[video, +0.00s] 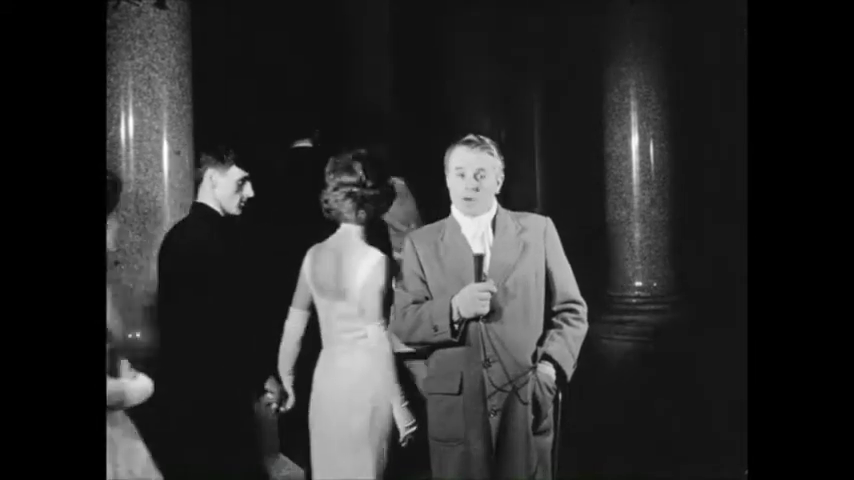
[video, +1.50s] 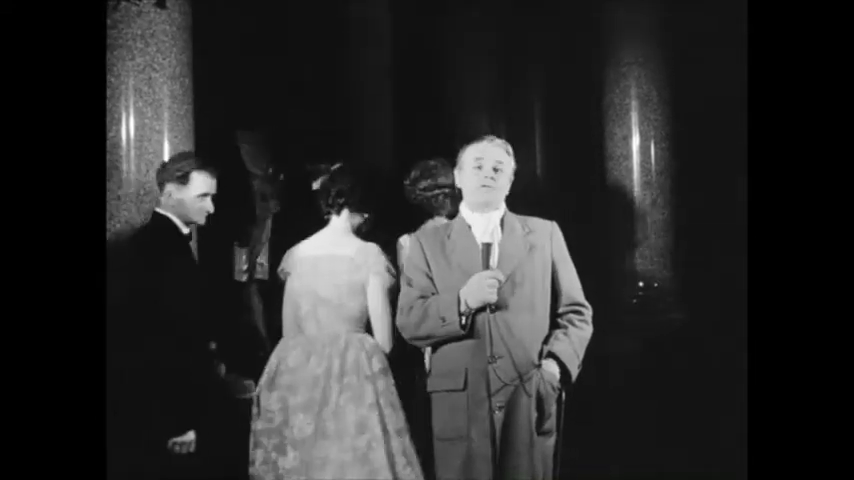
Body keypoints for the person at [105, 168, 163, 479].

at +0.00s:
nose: (114, 238)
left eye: (111, 222)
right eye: (112, 222)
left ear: (112, 223)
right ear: (110, 223)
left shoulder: (111, 294)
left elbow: (116, 347)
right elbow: (109, 391)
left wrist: (125, 379)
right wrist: (131, 391)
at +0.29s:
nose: (184, 214)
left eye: (183, 204)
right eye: (181, 204)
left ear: (139, 200)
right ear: (165, 205)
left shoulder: (112, 256)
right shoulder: (158, 267)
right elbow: (170, 367)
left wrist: (183, 351)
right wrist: (205, 366)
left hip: (113, 396)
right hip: (152, 403)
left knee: (122, 470)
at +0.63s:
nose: (251, 224)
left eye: (252, 215)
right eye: (251, 215)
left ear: (205, 209)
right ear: (238, 214)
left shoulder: (167, 263)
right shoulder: (234, 269)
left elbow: (165, 339)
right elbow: (248, 367)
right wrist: (271, 363)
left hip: (166, 376)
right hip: (218, 387)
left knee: (165, 470)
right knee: (221, 471)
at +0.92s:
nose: (313, 220)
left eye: (315, 212)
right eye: (313, 211)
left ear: (268, 203)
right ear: (301, 210)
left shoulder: (230, 252)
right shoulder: (301, 262)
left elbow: (222, 331)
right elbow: (315, 356)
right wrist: (326, 351)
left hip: (222, 374)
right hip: (277, 381)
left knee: (220, 469)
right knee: (281, 470)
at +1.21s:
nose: (348, 219)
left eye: (350, 211)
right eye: (349, 210)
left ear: (307, 200)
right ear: (342, 208)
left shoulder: (263, 249)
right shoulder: (346, 258)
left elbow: (251, 326)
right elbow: (355, 349)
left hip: (261, 368)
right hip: (318, 372)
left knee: (257, 467)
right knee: (321, 467)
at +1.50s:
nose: (371, 215)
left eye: (370, 206)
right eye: (369, 207)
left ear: (329, 203)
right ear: (363, 209)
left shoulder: (296, 254)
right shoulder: (370, 255)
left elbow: (288, 331)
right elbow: (384, 340)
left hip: (299, 370)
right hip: (352, 373)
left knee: (297, 467)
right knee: (355, 466)